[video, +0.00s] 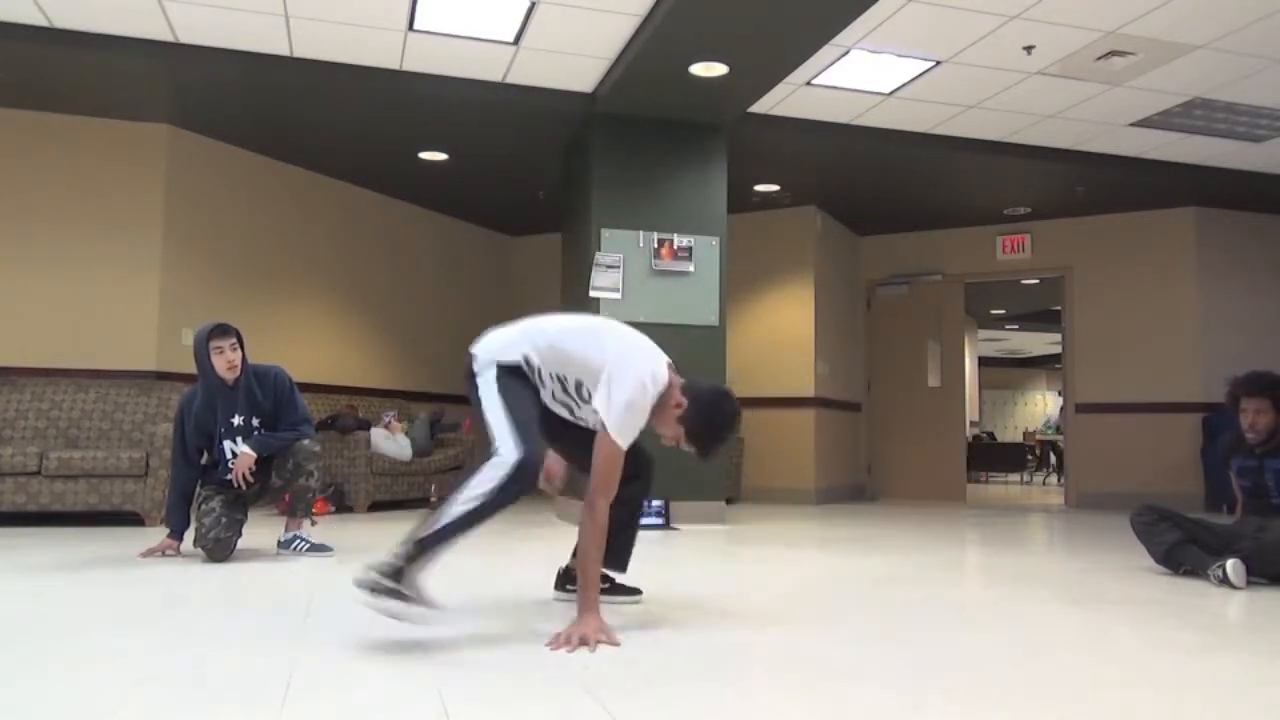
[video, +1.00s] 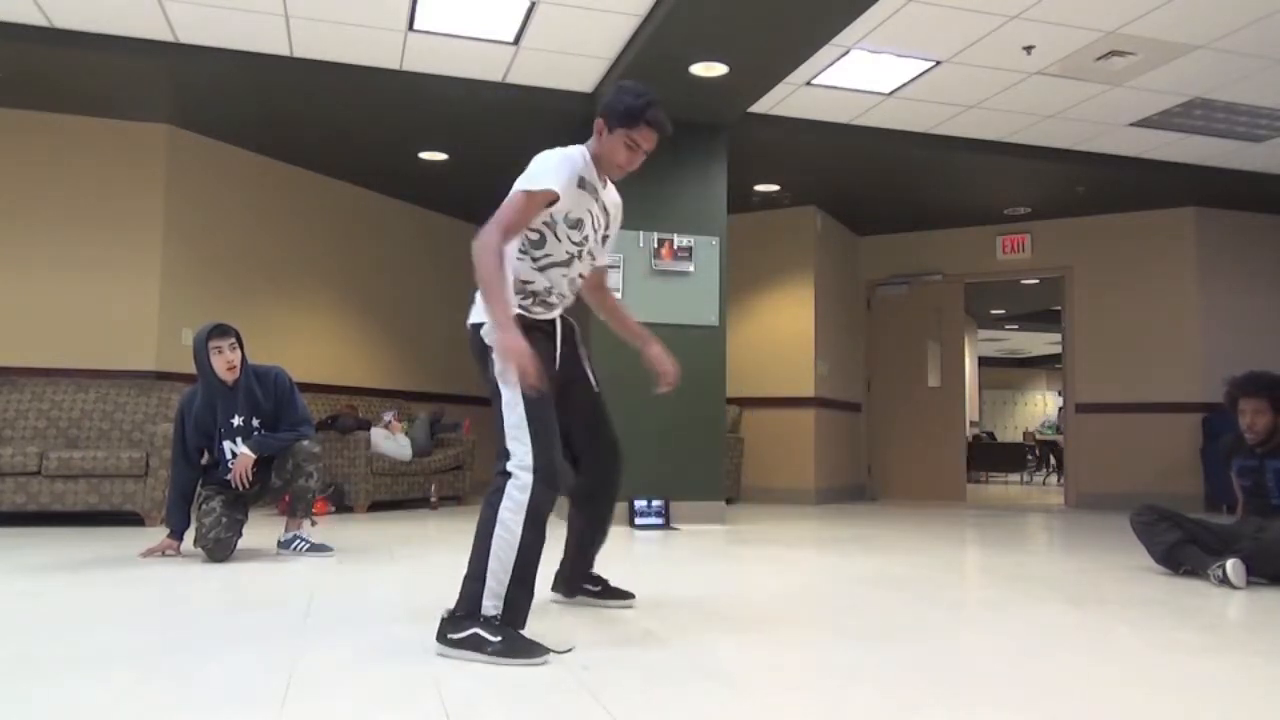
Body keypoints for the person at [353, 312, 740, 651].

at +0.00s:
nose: (669, 444)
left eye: (679, 444)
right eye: (677, 439)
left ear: (680, 400)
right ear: (679, 405)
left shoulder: (655, 382)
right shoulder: (631, 382)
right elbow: (596, 505)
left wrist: (562, 456)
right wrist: (588, 614)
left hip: (550, 387)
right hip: (502, 364)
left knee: (636, 465)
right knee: (517, 460)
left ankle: (585, 570)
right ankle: (398, 568)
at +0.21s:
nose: (666, 392)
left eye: (676, 392)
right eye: (676, 385)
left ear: (675, 347)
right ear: (676, 352)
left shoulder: (637, 335)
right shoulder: (635, 336)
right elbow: (586, 450)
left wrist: (501, 424)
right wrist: (580, 566)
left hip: (519, 355)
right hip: (488, 347)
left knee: (601, 452)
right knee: (547, 469)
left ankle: (583, 575)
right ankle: (474, 617)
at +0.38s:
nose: (668, 339)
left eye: (679, 336)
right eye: (678, 330)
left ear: (669, 292)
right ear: (670, 296)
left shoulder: (630, 292)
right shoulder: (625, 290)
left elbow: (591, 406)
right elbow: (589, 406)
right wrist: (600, 515)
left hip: (517, 341)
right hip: (479, 330)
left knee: (569, 442)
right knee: (527, 459)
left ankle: (577, 569)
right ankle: (472, 618)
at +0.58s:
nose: (671, 260)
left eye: (680, 255)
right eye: (674, 247)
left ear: (655, 220)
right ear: (652, 217)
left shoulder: (610, 234)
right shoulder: (604, 234)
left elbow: (561, 345)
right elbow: (573, 349)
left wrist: (597, 439)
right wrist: (601, 448)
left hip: (524, 334)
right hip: (479, 325)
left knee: (565, 448)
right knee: (520, 462)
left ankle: (572, 574)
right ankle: (471, 617)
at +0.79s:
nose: (647, 181)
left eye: (655, 174)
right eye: (644, 166)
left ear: (646, 164)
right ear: (613, 144)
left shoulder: (605, 202)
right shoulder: (571, 179)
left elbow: (567, 286)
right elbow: (529, 285)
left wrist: (599, 356)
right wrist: (578, 375)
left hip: (530, 322)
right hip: (491, 318)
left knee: (566, 448)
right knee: (528, 461)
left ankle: (567, 574)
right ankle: (471, 620)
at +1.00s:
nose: (635, 160)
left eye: (645, 153)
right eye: (630, 145)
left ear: (648, 151)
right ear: (601, 128)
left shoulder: (610, 201)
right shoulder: (556, 170)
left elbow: (593, 285)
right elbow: (488, 242)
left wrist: (647, 344)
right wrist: (505, 331)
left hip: (561, 331)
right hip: (511, 328)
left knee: (599, 460)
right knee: (532, 470)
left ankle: (575, 574)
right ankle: (473, 619)